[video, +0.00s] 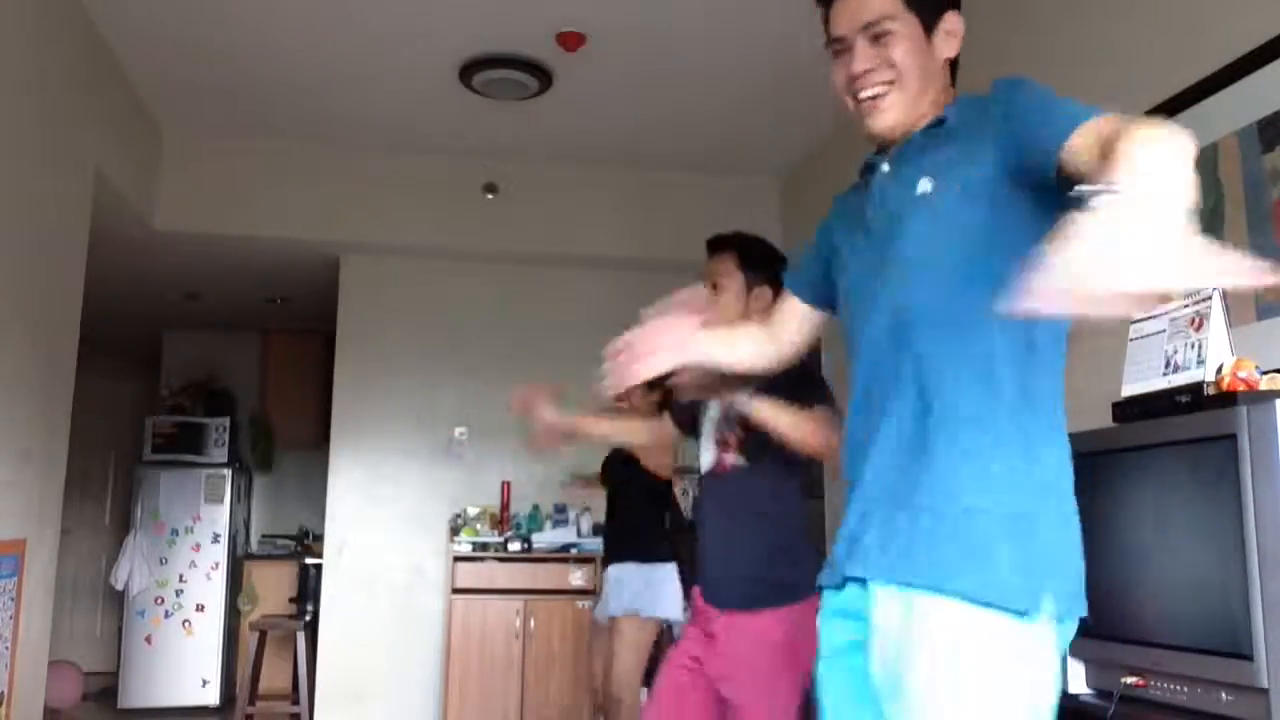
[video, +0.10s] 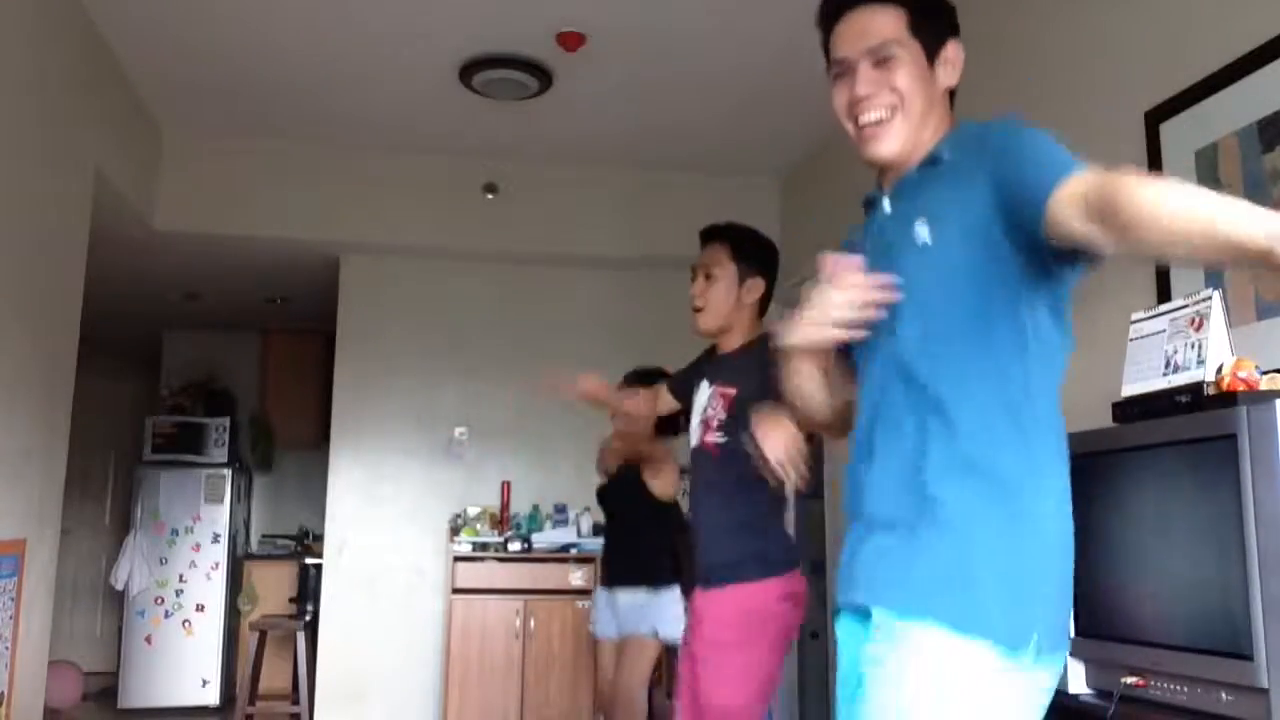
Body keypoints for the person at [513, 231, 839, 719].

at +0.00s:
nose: (705, 300)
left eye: (717, 287)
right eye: (706, 287)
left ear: (762, 298)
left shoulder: (794, 371)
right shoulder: (711, 375)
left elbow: (824, 441)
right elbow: (657, 431)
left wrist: (738, 394)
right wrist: (568, 424)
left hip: (773, 617)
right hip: (707, 613)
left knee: (767, 713)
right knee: (665, 711)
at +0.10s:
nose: (694, 291)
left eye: (709, 277)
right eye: (694, 278)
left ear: (752, 290)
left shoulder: (775, 360)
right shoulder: (710, 365)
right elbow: (654, 401)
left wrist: (773, 423)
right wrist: (601, 393)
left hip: (756, 581)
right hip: (710, 580)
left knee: (730, 709)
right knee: (692, 709)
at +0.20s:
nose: (691, 309)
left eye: (706, 295)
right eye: (692, 295)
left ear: (749, 309)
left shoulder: (771, 383)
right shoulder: (699, 392)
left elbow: (816, 456)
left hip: (746, 598)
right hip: (706, 597)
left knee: (706, 712)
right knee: (709, 711)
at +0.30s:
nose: (692, 315)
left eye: (707, 302)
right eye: (693, 302)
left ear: (751, 317)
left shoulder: (771, 394)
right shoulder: (703, 399)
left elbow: (810, 481)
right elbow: (644, 446)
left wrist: (741, 542)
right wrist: (617, 464)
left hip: (754, 607)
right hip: (707, 600)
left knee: (692, 711)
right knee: (721, 711)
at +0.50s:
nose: (696, 287)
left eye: (711, 272)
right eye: (698, 273)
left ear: (755, 285)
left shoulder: (786, 357)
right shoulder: (701, 371)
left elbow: (783, 441)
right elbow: (668, 467)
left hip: (772, 582)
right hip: (704, 580)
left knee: (754, 712)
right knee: (681, 711)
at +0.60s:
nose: (705, 308)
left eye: (718, 294)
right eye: (706, 294)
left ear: (763, 306)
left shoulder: (796, 385)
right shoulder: (710, 393)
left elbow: (783, 472)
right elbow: (651, 470)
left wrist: (691, 449)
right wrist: (675, 508)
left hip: (773, 614)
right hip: (696, 608)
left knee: (767, 715)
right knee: (678, 714)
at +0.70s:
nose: (707, 325)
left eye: (723, 310)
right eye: (710, 311)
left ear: (768, 322)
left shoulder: (797, 401)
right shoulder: (718, 408)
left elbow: (790, 482)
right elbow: (685, 492)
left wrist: (679, 447)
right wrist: (637, 536)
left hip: (767, 637)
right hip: (698, 629)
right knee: (648, 712)